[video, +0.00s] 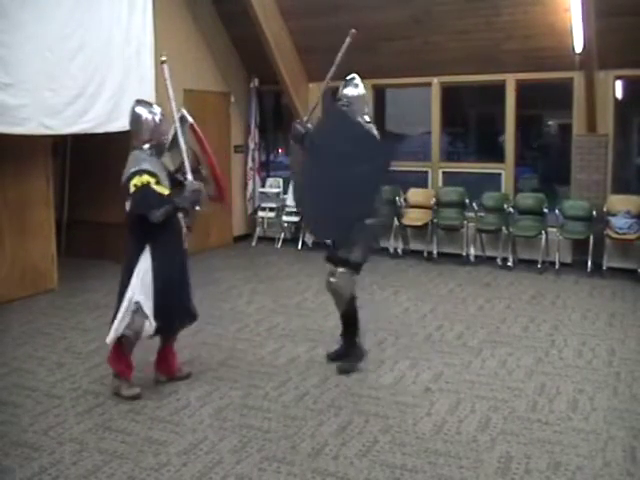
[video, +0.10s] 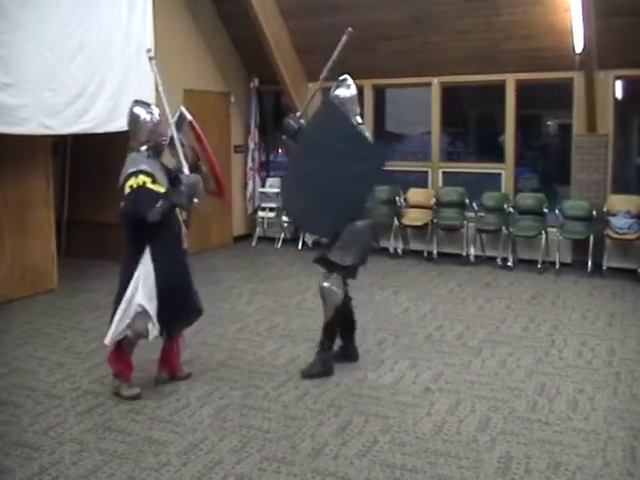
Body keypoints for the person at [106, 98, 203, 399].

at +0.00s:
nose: (167, 127)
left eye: (165, 122)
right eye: (161, 123)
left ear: (154, 128)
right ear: (148, 129)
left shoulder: (158, 160)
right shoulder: (142, 167)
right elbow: (152, 211)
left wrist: (188, 186)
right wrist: (182, 199)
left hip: (169, 245)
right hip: (148, 248)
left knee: (172, 302)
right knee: (138, 307)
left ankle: (166, 360)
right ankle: (121, 371)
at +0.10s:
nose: (164, 132)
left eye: (164, 125)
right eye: (157, 127)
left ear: (163, 129)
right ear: (143, 134)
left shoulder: (158, 163)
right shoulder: (138, 170)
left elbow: (176, 191)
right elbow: (151, 211)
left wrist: (188, 181)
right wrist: (182, 191)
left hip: (169, 249)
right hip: (146, 253)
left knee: (175, 305)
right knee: (138, 313)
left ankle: (171, 363)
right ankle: (121, 374)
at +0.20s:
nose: (164, 136)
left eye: (164, 131)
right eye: (158, 130)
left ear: (163, 137)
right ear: (144, 138)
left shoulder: (161, 164)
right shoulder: (139, 170)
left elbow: (177, 192)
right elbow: (151, 209)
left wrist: (190, 175)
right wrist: (180, 187)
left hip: (172, 249)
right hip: (147, 252)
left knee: (183, 302)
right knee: (137, 309)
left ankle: (179, 363)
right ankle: (122, 375)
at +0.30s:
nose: (166, 135)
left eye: (166, 131)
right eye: (160, 130)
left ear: (167, 138)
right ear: (148, 138)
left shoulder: (166, 165)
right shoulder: (144, 169)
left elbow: (187, 189)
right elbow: (152, 207)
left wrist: (196, 173)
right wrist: (186, 184)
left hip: (176, 249)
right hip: (150, 252)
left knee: (187, 301)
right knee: (139, 307)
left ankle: (188, 362)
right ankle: (123, 374)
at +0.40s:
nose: (170, 130)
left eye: (169, 125)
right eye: (164, 126)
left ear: (167, 132)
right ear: (153, 132)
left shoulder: (169, 161)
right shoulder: (147, 165)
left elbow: (190, 191)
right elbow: (156, 210)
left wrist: (200, 175)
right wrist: (186, 186)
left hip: (180, 253)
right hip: (152, 253)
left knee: (188, 300)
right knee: (146, 307)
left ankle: (187, 359)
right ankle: (127, 368)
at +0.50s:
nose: (170, 130)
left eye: (169, 124)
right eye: (164, 124)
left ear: (168, 131)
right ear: (155, 131)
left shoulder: (173, 159)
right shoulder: (149, 162)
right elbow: (159, 207)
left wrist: (205, 171)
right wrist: (188, 184)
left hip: (181, 242)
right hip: (157, 244)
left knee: (189, 300)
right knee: (155, 303)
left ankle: (187, 361)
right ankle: (132, 366)